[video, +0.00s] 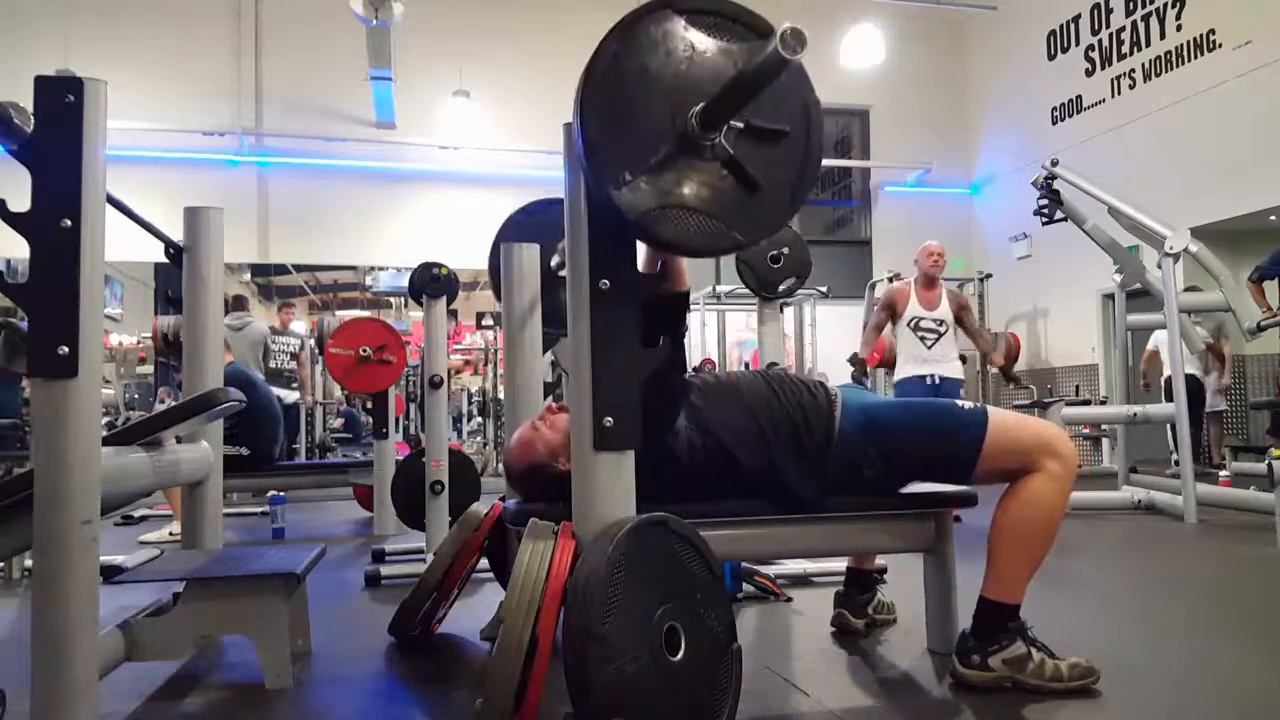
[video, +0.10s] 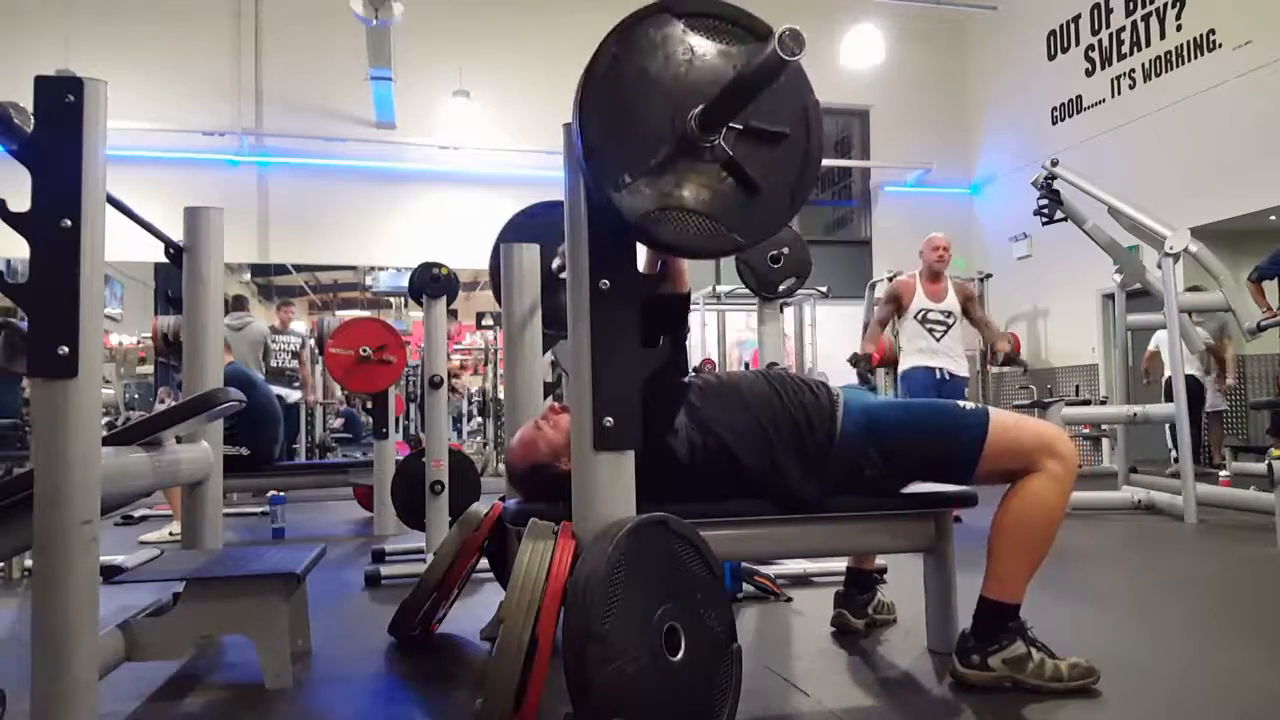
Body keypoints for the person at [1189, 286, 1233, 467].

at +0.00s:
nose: (1193, 304)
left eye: (1196, 299)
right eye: (1189, 300)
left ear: (1203, 299)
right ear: (1184, 302)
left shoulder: (1217, 318)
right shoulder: (1181, 322)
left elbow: (1226, 346)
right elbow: (1173, 351)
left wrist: (1227, 374)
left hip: (1213, 373)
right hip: (1190, 374)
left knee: (1214, 415)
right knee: (1190, 417)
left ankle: (1216, 456)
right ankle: (1191, 459)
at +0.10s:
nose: (1196, 304)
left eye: (1199, 299)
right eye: (1191, 300)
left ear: (1207, 299)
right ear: (1186, 302)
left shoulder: (1220, 319)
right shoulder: (1182, 321)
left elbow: (1228, 348)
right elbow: (1174, 351)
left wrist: (1230, 376)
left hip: (1214, 375)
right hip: (1190, 375)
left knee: (1215, 416)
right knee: (1190, 418)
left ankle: (1216, 456)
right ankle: (1190, 459)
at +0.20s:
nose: (1200, 304)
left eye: (1203, 299)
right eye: (1196, 300)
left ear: (1210, 299)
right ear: (1190, 302)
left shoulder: (1222, 318)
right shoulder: (1186, 321)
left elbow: (1230, 347)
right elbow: (1178, 350)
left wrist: (1234, 377)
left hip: (1215, 375)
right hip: (1193, 376)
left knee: (1215, 416)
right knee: (1192, 418)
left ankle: (1216, 457)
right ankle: (1193, 458)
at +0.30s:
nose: (1200, 303)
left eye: (1203, 299)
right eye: (1196, 300)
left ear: (1210, 299)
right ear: (1191, 302)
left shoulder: (1222, 319)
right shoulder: (1187, 322)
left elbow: (1230, 347)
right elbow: (1181, 350)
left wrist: (1234, 377)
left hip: (1215, 376)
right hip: (1193, 376)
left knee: (1215, 417)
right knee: (1192, 418)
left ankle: (1216, 456)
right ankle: (1192, 457)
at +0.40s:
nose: (1201, 304)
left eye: (1205, 299)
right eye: (1197, 299)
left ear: (1211, 299)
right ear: (1191, 301)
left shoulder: (1222, 320)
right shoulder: (1186, 321)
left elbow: (1230, 348)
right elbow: (1179, 349)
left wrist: (1234, 377)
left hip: (1214, 376)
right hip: (1191, 377)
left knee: (1215, 418)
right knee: (1189, 419)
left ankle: (1216, 457)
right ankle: (1189, 458)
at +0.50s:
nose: (1197, 304)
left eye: (1201, 299)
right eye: (1193, 300)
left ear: (1207, 300)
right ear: (1188, 302)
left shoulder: (1219, 319)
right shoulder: (1184, 321)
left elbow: (1228, 348)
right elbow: (1176, 349)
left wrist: (1232, 377)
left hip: (1210, 375)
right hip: (1187, 376)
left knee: (1213, 417)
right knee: (1184, 418)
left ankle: (1216, 458)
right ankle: (1182, 459)